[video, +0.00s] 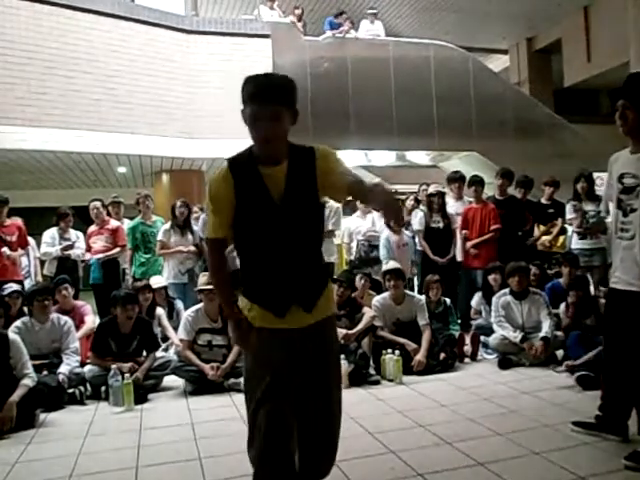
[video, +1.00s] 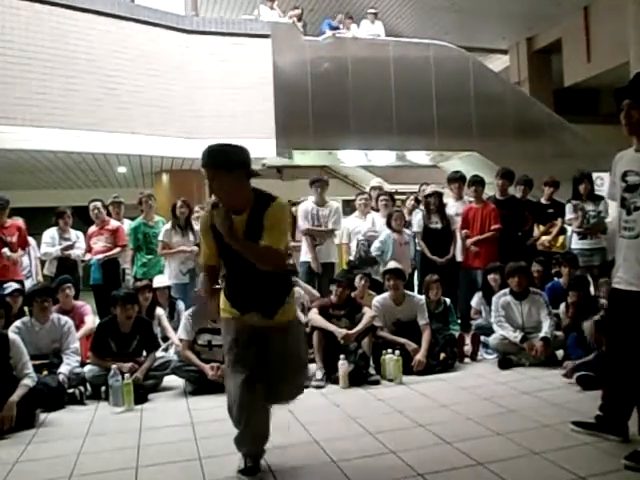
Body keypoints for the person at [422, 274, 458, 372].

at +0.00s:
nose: (435, 292)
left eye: (437, 288)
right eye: (432, 289)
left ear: (441, 290)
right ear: (427, 291)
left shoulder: (446, 303)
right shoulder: (421, 302)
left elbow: (453, 322)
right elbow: (421, 321)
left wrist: (452, 334)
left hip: (444, 330)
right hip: (429, 331)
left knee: (449, 338)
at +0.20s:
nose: (435, 292)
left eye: (437, 288)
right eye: (432, 289)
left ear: (441, 290)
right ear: (427, 291)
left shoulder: (446, 303)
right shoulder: (421, 303)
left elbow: (453, 322)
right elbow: (421, 322)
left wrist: (453, 334)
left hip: (444, 331)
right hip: (429, 331)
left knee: (449, 338)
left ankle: (442, 356)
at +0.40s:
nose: (435, 292)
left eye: (437, 289)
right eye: (432, 289)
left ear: (441, 290)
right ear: (427, 291)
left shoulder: (446, 303)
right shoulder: (421, 303)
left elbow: (453, 322)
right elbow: (421, 321)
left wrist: (452, 334)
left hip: (444, 331)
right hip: (429, 331)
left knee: (449, 338)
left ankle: (442, 356)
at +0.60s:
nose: (435, 292)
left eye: (437, 288)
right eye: (432, 289)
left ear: (441, 289)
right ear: (427, 291)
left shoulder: (447, 303)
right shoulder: (421, 303)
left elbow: (453, 322)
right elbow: (421, 322)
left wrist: (452, 334)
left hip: (444, 332)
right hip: (429, 333)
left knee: (449, 339)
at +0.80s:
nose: (435, 292)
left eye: (437, 288)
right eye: (432, 289)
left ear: (441, 289)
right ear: (427, 291)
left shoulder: (447, 303)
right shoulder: (421, 303)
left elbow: (453, 322)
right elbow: (421, 322)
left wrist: (452, 334)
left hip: (444, 332)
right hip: (429, 332)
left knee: (449, 339)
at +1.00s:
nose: (435, 292)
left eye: (437, 288)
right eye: (432, 289)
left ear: (441, 289)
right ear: (427, 291)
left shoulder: (447, 303)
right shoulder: (421, 303)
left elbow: (453, 322)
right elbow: (421, 322)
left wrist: (452, 334)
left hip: (444, 332)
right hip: (429, 333)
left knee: (449, 339)